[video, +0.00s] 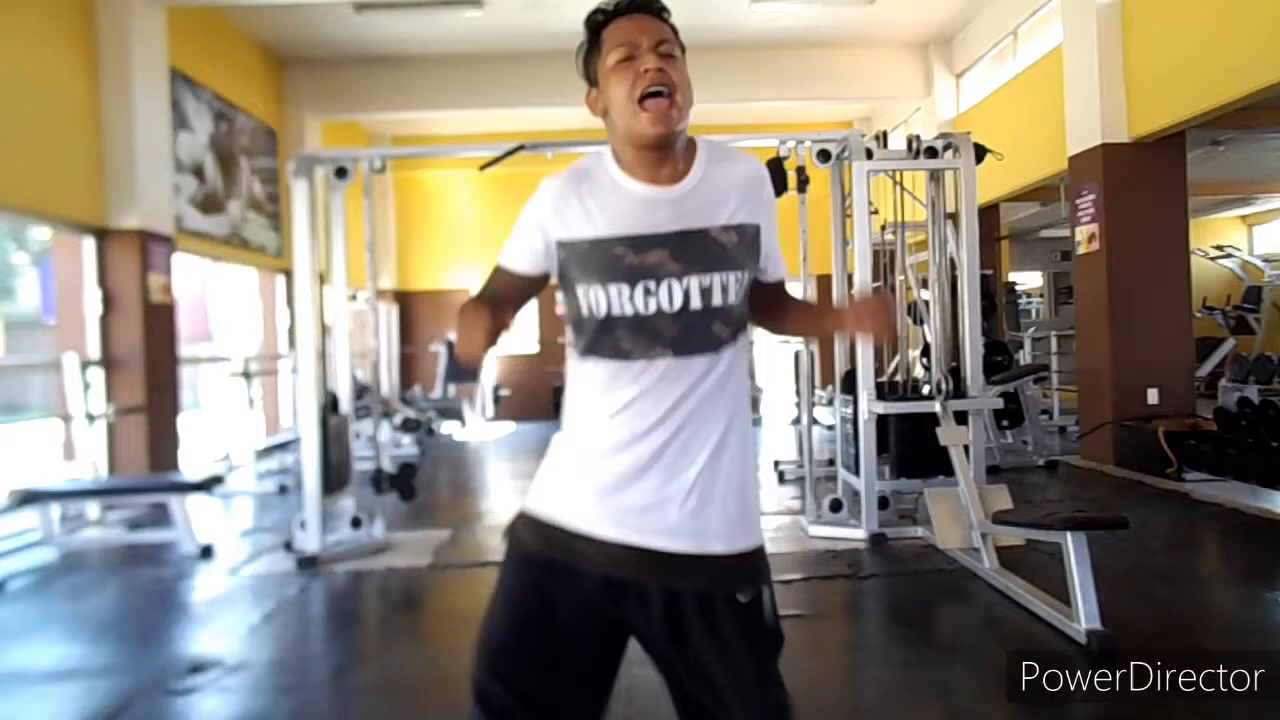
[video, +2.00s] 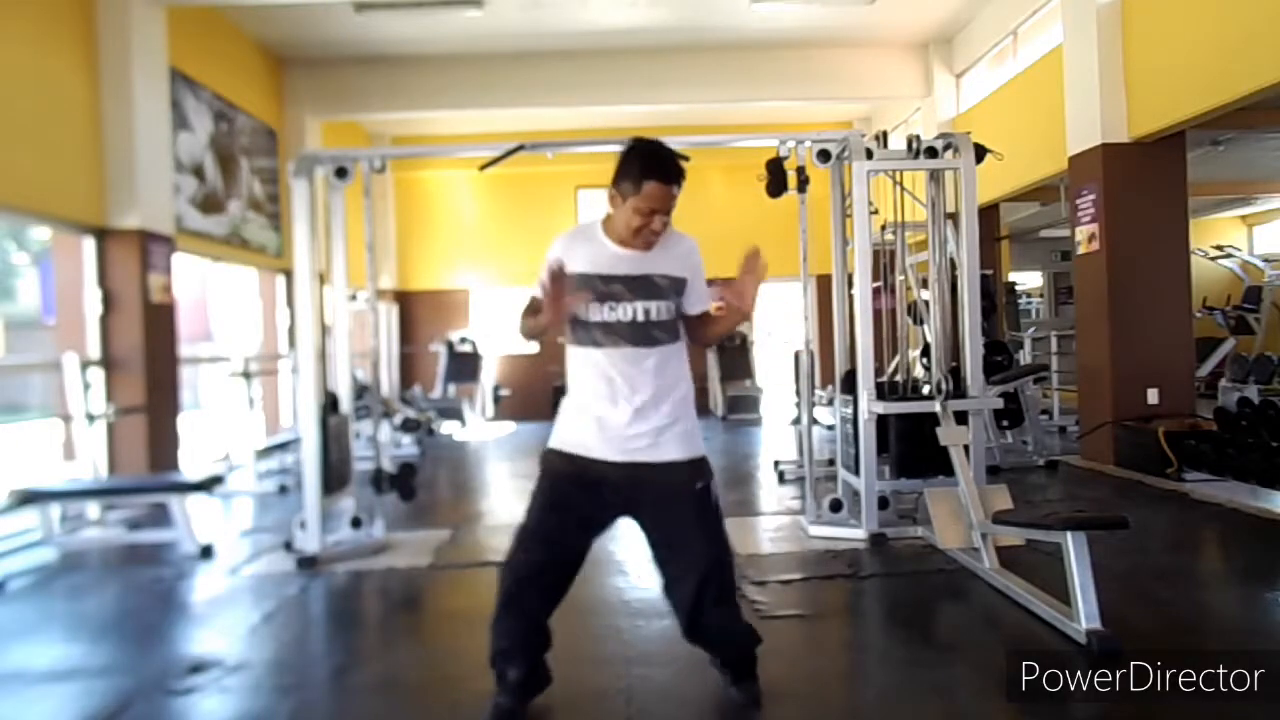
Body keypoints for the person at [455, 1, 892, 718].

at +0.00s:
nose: (654, 64)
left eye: (666, 51)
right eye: (626, 58)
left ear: (690, 81)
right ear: (596, 100)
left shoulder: (742, 179)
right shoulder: (563, 198)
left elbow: (763, 300)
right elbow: (492, 303)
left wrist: (840, 318)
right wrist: (475, 338)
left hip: (710, 540)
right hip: (573, 528)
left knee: (751, 712)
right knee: (511, 704)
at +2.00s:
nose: (658, 224)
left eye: (667, 212)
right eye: (647, 212)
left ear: (675, 203)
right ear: (615, 196)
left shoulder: (683, 253)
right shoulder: (572, 249)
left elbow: (699, 333)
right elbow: (530, 325)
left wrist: (734, 315)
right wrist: (548, 322)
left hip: (670, 452)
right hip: (582, 449)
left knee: (705, 584)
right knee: (526, 576)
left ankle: (740, 671)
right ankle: (514, 687)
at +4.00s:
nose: (639, 167)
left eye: (649, 155)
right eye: (626, 159)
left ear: (674, 163)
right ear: (611, 172)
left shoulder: (707, 230)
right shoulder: (586, 232)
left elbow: (738, 325)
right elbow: (556, 324)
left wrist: (748, 414)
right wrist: (548, 414)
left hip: (692, 448)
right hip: (600, 451)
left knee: (733, 578)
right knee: (574, 598)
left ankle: (753, 694)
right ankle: (565, 708)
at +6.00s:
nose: (666, 156)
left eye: (676, 141)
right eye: (646, 147)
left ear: (696, 152)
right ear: (623, 169)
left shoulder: (735, 239)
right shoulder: (594, 243)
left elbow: (776, 327)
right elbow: (535, 329)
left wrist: (799, 379)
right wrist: (474, 393)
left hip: (715, 496)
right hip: (603, 498)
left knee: (786, 671)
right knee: (561, 686)